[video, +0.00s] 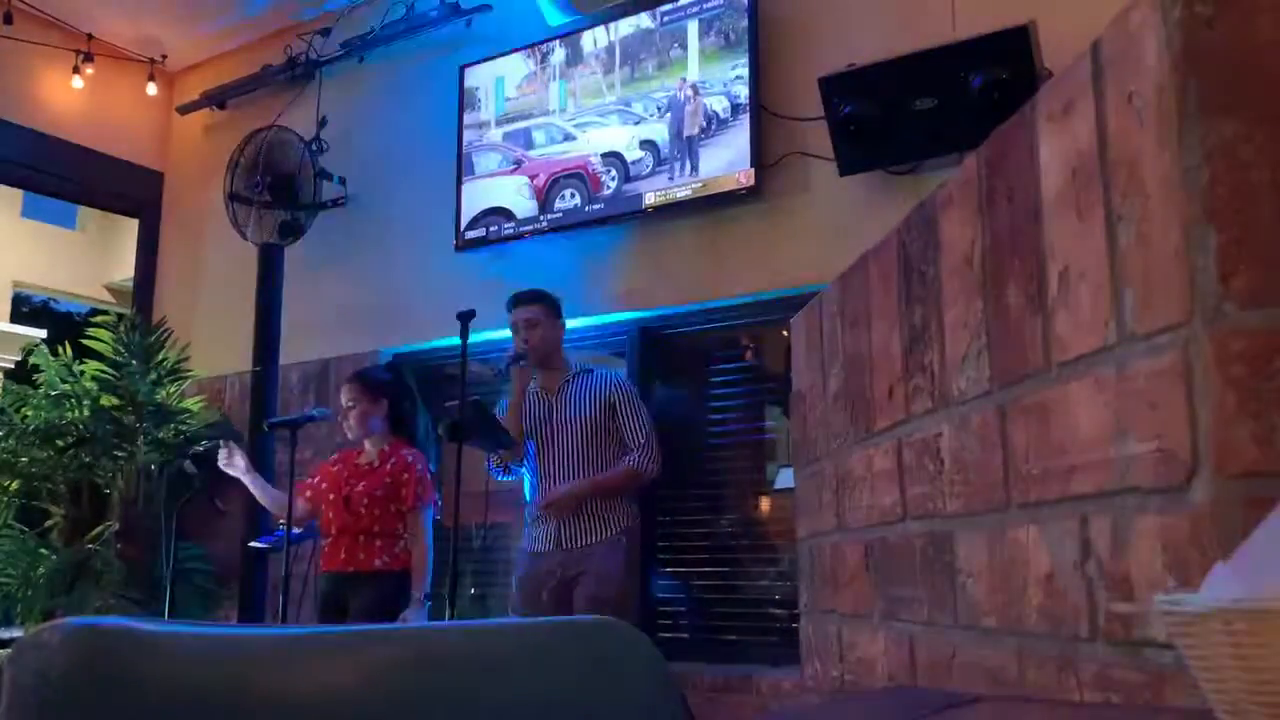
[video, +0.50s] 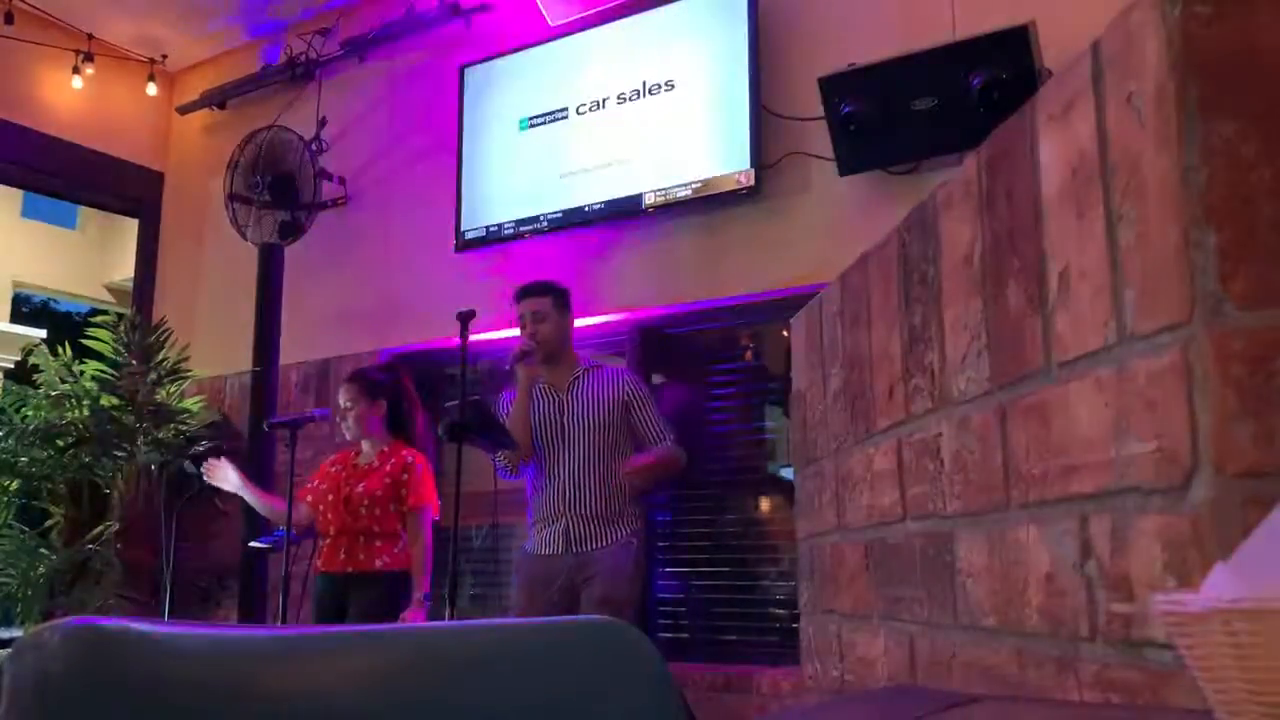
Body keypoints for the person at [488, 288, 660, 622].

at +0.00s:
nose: (522, 338)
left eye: (532, 326)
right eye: (516, 330)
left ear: (559, 329)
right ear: (512, 337)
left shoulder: (610, 386)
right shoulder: (515, 399)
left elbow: (646, 461)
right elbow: (503, 465)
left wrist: (578, 491)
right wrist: (517, 393)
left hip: (603, 547)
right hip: (539, 550)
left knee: (596, 657)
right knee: (530, 656)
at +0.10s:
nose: (520, 338)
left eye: (529, 326)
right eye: (513, 331)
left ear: (556, 328)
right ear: (510, 339)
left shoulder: (609, 385)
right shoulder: (512, 402)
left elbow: (648, 459)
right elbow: (502, 466)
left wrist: (581, 492)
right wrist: (516, 389)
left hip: (604, 547)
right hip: (539, 552)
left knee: (596, 660)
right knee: (528, 660)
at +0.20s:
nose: (521, 337)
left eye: (531, 325)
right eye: (513, 330)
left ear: (557, 327)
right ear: (510, 339)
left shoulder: (609, 384)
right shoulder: (511, 401)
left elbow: (648, 460)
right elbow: (502, 465)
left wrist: (594, 490)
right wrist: (516, 388)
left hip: (605, 547)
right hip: (538, 551)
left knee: (599, 660)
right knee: (529, 660)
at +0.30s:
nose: (522, 333)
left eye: (531, 322)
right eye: (515, 325)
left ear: (559, 324)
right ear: (511, 332)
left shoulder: (610, 383)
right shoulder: (510, 400)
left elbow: (655, 455)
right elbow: (502, 464)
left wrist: (610, 483)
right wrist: (517, 388)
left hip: (606, 545)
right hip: (540, 550)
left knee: (601, 659)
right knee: (531, 661)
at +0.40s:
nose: (525, 332)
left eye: (535, 320)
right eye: (518, 324)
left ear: (562, 323)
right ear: (513, 331)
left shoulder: (613, 381)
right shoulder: (511, 398)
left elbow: (662, 451)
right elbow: (504, 464)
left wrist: (632, 470)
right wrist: (519, 389)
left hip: (608, 545)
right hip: (541, 549)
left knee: (601, 659)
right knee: (529, 659)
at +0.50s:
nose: (529, 331)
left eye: (539, 319)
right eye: (522, 323)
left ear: (566, 322)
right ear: (517, 330)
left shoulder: (619, 382)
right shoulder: (514, 399)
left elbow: (670, 452)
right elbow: (510, 463)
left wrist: (645, 465)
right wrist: (523, 388)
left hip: (610, 546)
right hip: (542, 550)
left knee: (600, 661)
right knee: (532, 661)